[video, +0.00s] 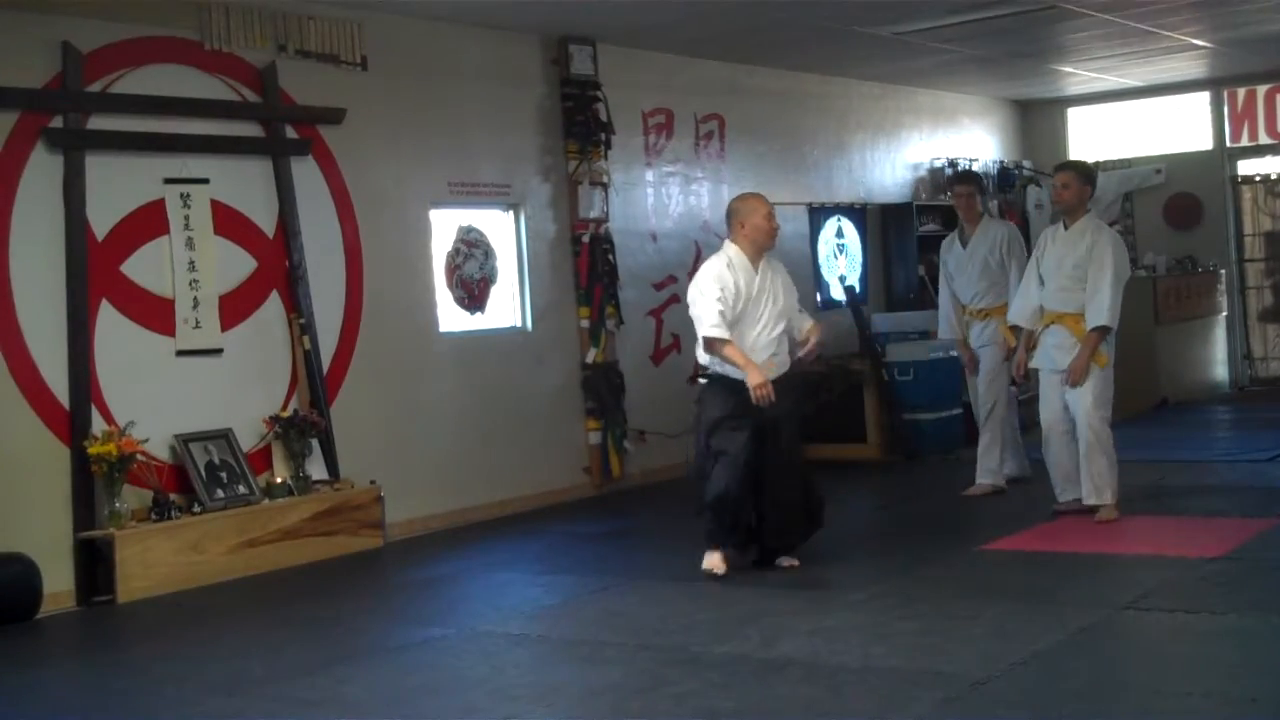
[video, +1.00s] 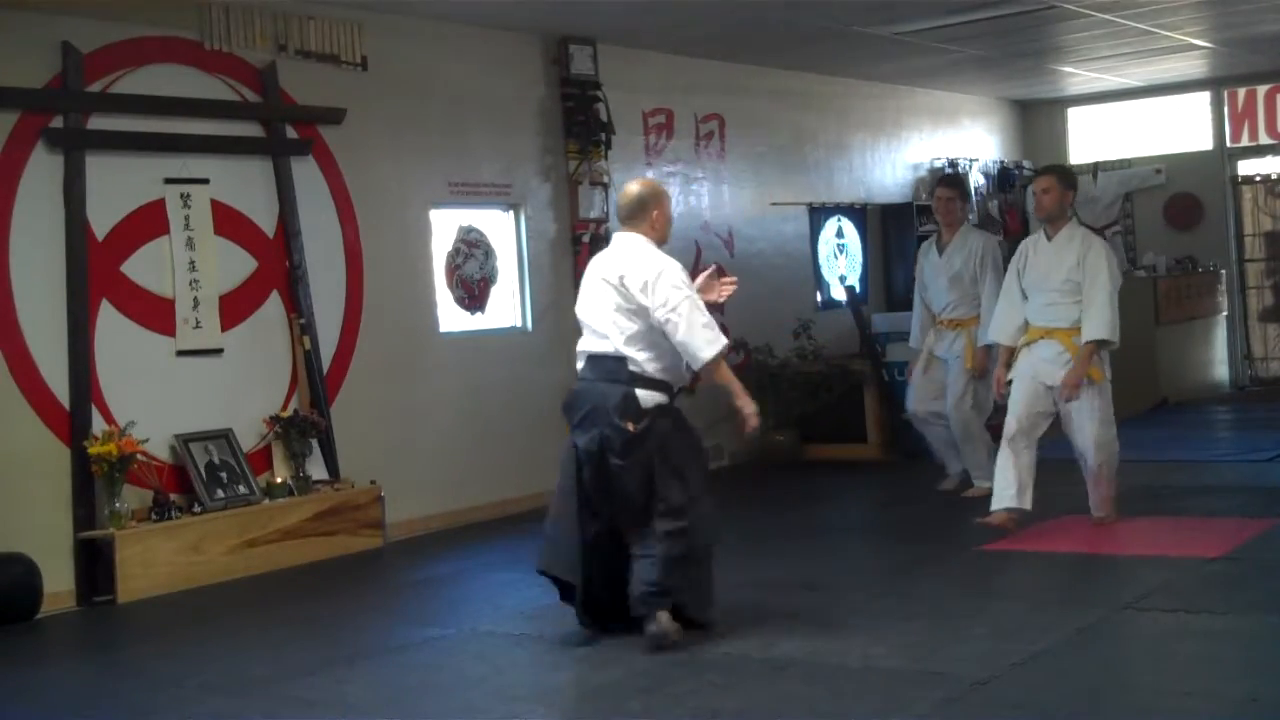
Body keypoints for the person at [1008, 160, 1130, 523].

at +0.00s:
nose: (1056, 193)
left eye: (1064, 187)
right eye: (1054, 187)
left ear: (1087, 191)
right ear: (1053, 192)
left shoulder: (1103, 237)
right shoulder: (1048, 238)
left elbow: (1106, 300)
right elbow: (1033, 294)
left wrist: (1085, 354)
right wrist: (1022, 346)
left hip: (1087, 336)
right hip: (1049, 336)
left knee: (1091, 420)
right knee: (1053, 421)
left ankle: (1105, 499)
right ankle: (1069, 495)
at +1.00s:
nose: (1037, 200)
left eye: (1045, 193)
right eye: (1034, 194)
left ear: (1069, 197)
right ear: (1033, 200)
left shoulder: (1093, 247)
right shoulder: (1027, 249)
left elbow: (1100, 309)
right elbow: (1011, 305)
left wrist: (1080, 365)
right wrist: (1002, 362)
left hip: (1080, 351)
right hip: (1035, 350)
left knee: (1094, 439)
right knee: (1016, 428)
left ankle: (1102, 507)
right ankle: (1008, 508)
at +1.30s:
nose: (986, 191)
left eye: (994, 183)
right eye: (984, 185)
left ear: (1019, 188)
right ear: (983, 191)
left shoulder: (1044, 239)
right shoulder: (974, 242)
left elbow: (1052, 302)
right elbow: (955, 300)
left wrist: (1040, 362)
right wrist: (946, 362)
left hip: (1029, 345)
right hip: (982, 347)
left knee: (1049, 441)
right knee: (983, 438)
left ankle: (1084, 485)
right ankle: (992, 526)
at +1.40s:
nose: (970, 188)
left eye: (979, 181)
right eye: (968, 182)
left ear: (1003, 185)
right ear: (966, 188)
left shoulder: (1030, 237)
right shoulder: (959, 240)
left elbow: (1039, 298)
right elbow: (939, 297)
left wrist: (1034, 357)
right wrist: (927, 357)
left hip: (1013, 347)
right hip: (968, 347)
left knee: (1016, 440)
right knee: (972, 440)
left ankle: (1047, 492)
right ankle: (987, 528)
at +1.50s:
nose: (958, 187)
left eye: (967, 179)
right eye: (955, 181)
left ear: (991, 183)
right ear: (954, 187)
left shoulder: (1017, 236)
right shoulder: (945, 240)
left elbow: (1029, 296)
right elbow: (925, 294)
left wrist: (1028, 355)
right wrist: (910, 350)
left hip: (1000, 346)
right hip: (956, 347)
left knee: (990, 436)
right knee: (958, 442)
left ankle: (1004, 518)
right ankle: (976, 526)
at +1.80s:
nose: (932, 184)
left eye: (941, 176)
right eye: (929, 178)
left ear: (965, 180)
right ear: (928, 184)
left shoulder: (989, 236)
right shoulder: (916, 236)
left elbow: (1006, 303)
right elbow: (897, 297)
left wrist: (1012, 370)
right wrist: (887, 352)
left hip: (966, 352)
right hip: (919, 355)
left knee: (950, 450)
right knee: (933, 452)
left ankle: (936, 549)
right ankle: (981, 514)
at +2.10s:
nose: (912, 179)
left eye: (921, 171)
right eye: (909, 172)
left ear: (948, 177)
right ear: (908, 178)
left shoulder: (969, 234)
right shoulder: (896, 232)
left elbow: (981, 303)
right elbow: (875, 295)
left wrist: (973, 364)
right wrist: (864, 356)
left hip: (944, 354)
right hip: (894, 355)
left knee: (942, 455)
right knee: (884, 453)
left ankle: (939, 549)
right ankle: (910, 540)